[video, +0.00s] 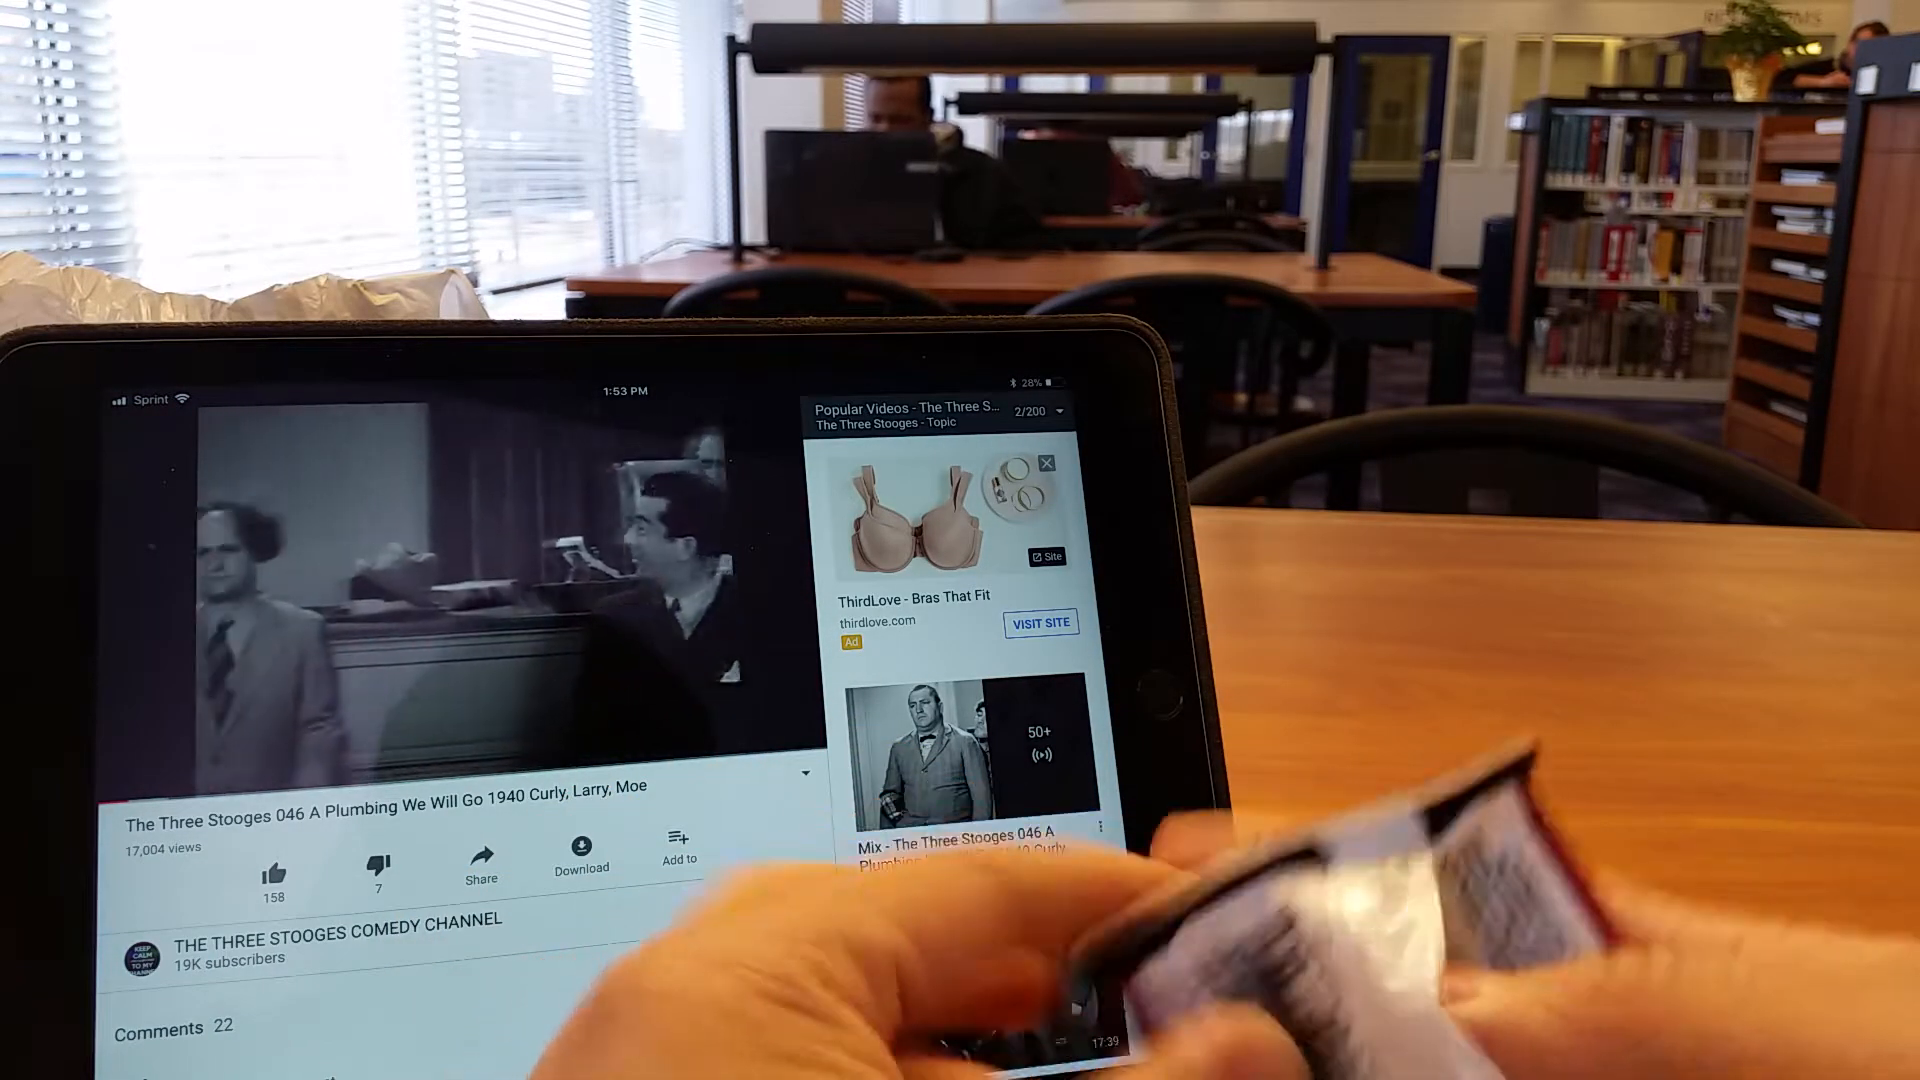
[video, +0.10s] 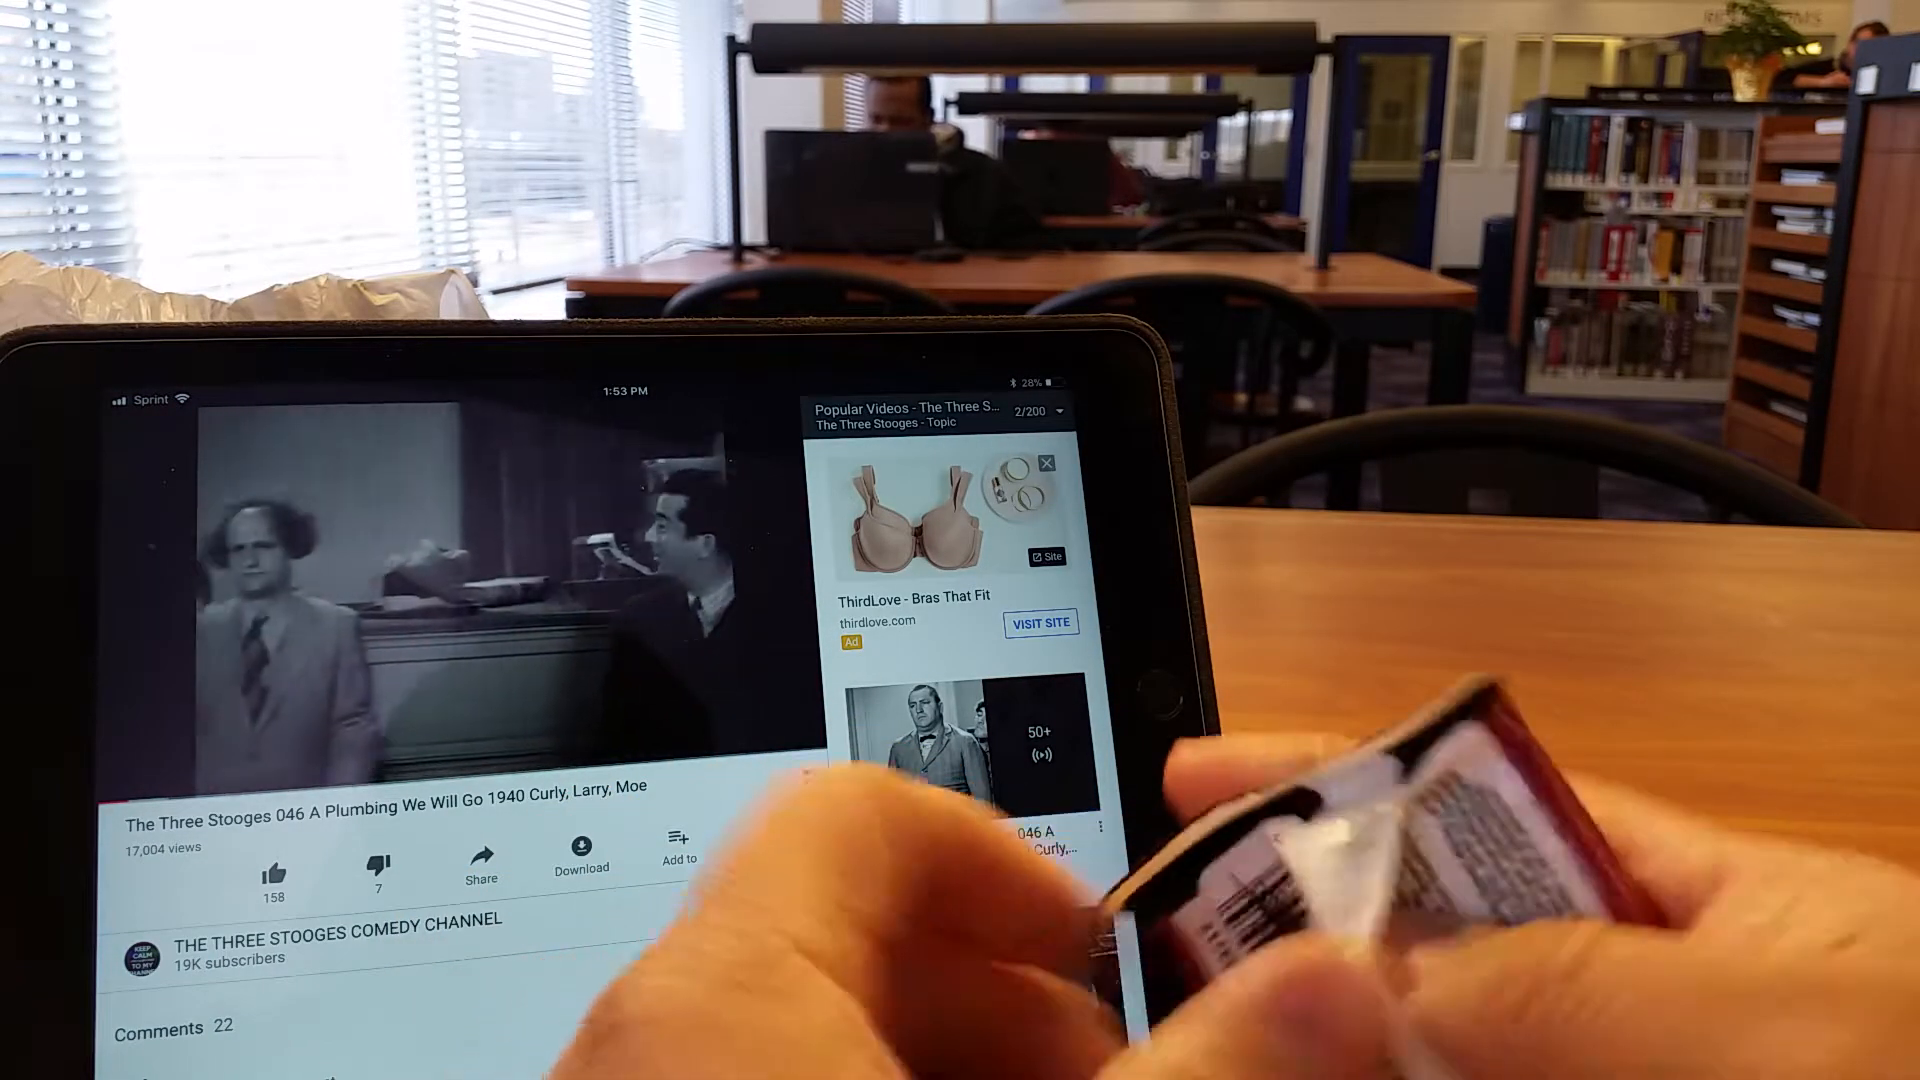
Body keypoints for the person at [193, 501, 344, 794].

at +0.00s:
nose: (215, 564)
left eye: (228, 550)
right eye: (203, 553)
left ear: (255, 552)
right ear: (191, 560)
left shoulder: (302, 630)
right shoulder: (185, 627)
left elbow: (320, 727)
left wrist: (308, 805)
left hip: (269, 805)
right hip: (186, 804)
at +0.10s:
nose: (250, 561)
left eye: (264, 547)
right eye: (239, 550)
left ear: (289, 550)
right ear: (226, 560)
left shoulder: (336, 626)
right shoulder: (204, 628)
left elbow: (354, 724)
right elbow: (187, 722)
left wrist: (340, 804)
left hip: (305, 802)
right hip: (216, 802)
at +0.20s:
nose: (283, 557)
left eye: (296, 543)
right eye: (271, 546)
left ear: (322, 547)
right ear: (259, 555)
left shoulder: (369, 622)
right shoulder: (228, 627)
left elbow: (384, 718)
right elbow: (206, 725)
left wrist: (369, 795)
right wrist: (209, 800)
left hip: (334, 800)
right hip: (242, 801)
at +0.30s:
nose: (331, 551)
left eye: (344, 538)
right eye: (320, 540)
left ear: (370, 542)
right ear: (309, 549)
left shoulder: (417, 616)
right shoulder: (277, 620)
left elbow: (432, 718)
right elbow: (257, 718)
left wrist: (423, 800)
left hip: (380, 792)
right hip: (292, 792)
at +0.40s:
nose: (362, 547)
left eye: (375, 534)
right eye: (350, 537)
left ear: (401, 538)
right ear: (338, 546)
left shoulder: (445, 611)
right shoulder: (308, 616)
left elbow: (463, 709)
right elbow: (288, 713)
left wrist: (452, 791)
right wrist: (286, 797)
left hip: (410, 791)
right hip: (321, 791)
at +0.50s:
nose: (402, 542)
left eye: (414, 529)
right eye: (390, 532)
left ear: (440, 533)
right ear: (379, 540)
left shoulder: (485, 605)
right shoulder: (350, 609)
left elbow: (502, 702)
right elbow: (331, 708)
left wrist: (489, 785)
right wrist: (326, 792)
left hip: (450, 786)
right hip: (362, 787)